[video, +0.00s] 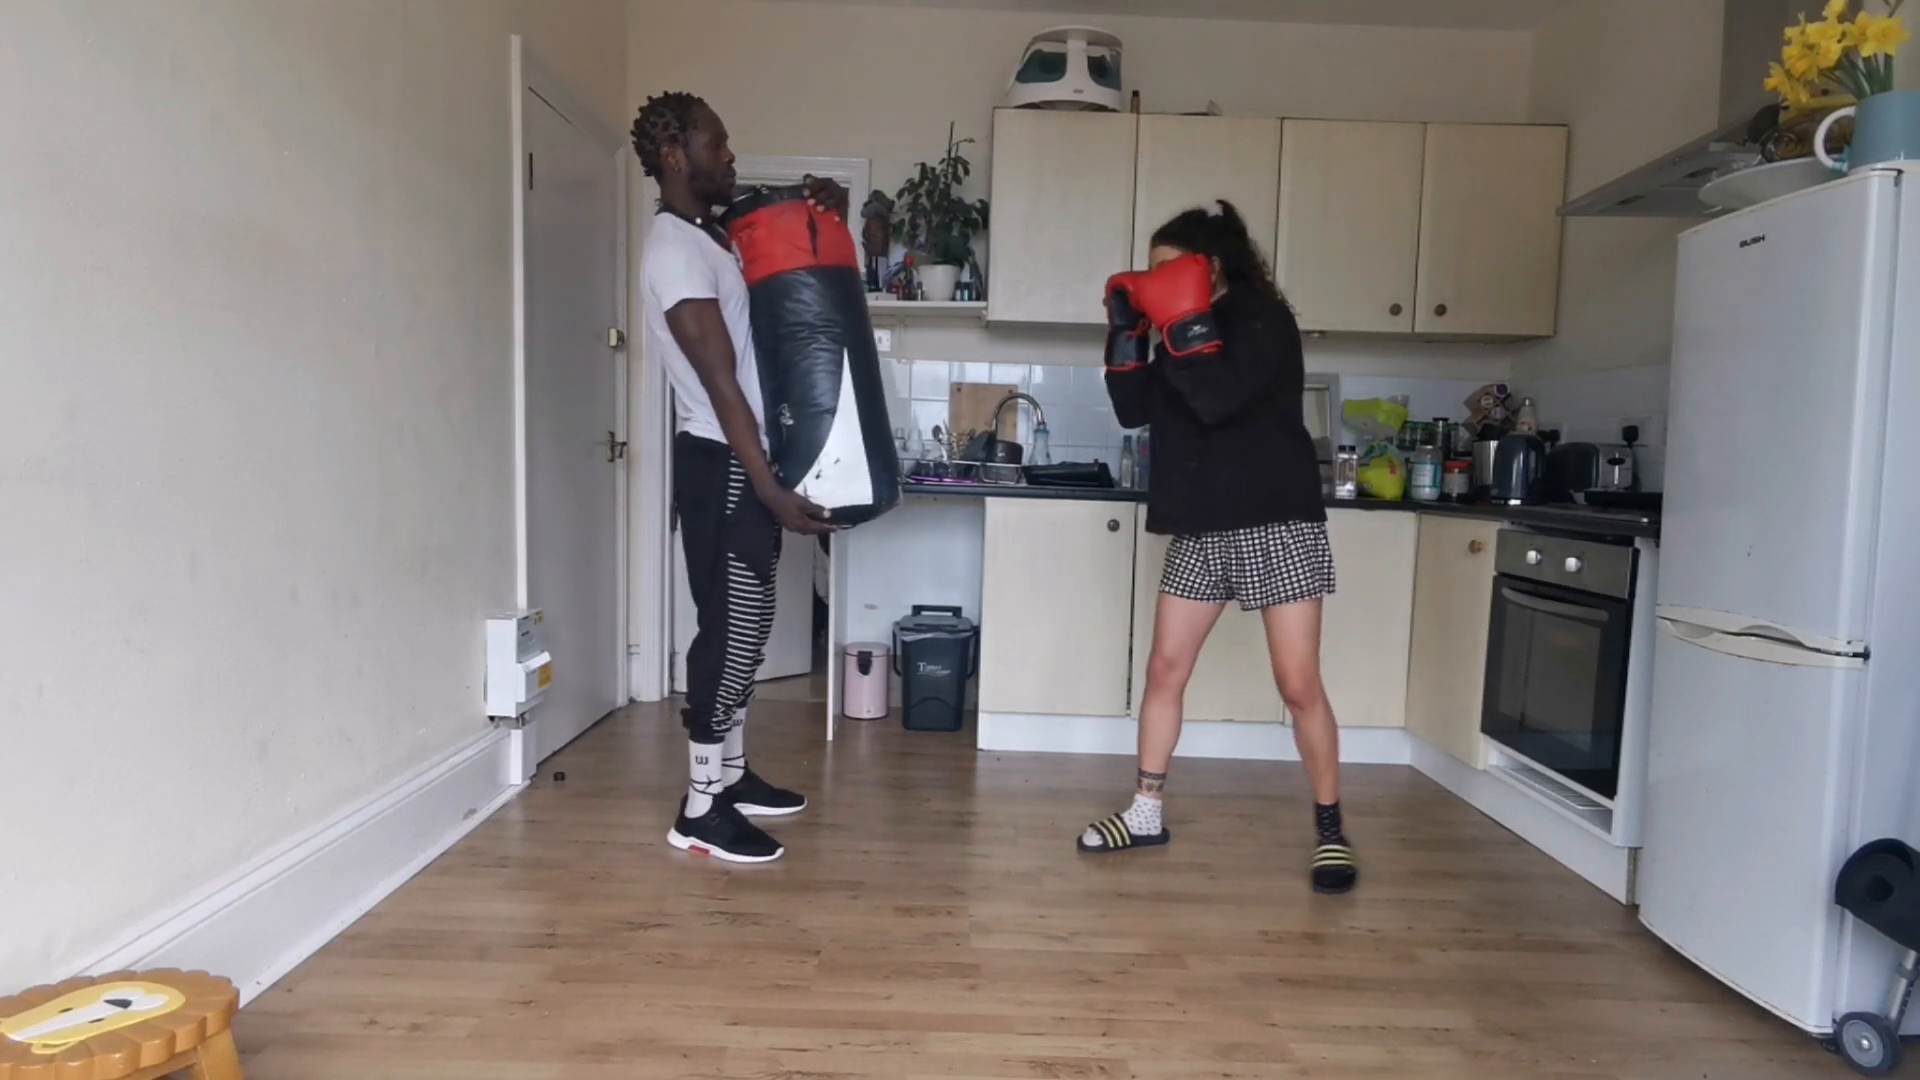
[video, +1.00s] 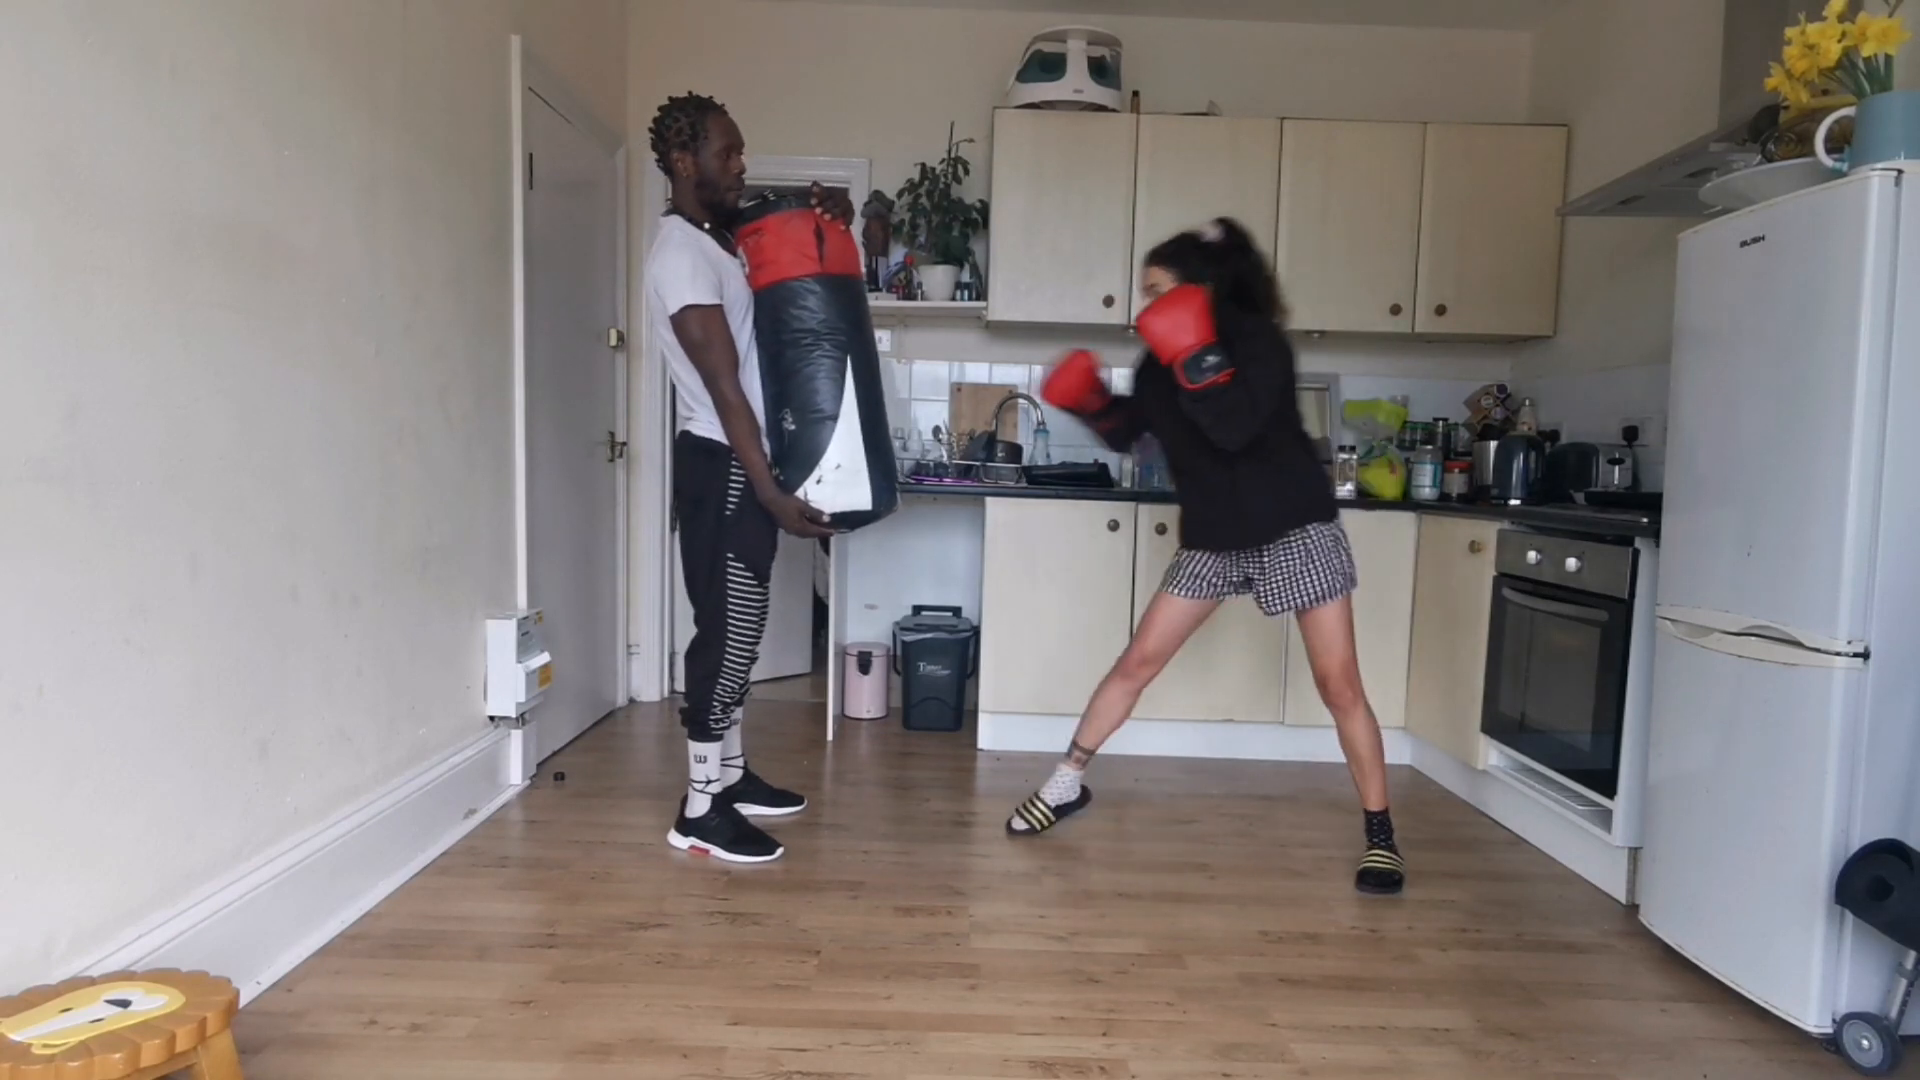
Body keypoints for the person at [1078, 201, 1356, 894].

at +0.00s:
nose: (1159, 283)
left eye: (1170, 270)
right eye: (1155, 273)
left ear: (1212, 264)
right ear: (1164, 275)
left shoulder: (1264, 318)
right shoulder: (1177, 328)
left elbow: (1217, 401)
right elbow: (1131, 408)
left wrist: (1183, 328)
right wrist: (1124, 329)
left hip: (1279, 519)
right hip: (1201, 521)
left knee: (1300, 686)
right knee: (1165, 668)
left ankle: (1329, 828)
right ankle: (1146, 810)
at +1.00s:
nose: (1148, 307)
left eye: (1159, 292)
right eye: (1146, 295)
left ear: (1200, 288)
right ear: (1158, 299)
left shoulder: (1260, 345)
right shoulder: (1162, 361)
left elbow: (1237, 429)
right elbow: (1130, 434)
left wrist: (1195, 354)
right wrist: (1090, 403)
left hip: (1297, 526)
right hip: (1214, 535)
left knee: (1341, 687)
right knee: (1137, 663)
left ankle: (1380, 834)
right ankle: (1065, 780)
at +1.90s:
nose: (1227, 298)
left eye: (1240, 286)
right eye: (1224, 287)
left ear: (1282, 289)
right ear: (1224, 292)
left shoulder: (1320, 349)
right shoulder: (1222, 349)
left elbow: (1281, 437)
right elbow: (1174, 424)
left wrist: (1256, 359)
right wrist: (1171, 354)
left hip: (1304, 532)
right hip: (1226, 528)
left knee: (1332, 690)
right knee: (1172, 662)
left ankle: (1374, 813)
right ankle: (1152, 793)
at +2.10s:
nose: (1210, 312)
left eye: (1222, 299)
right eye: (1207, 301)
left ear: (1264, 300)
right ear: (1214, 306)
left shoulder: (1307, 361)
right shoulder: (1224, 368)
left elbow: (1267, 443)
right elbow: (1185, 454)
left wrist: (1237, 371)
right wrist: (1153, 413)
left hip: (1293, 545)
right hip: (1219, 538)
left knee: (1310, 699)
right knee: (1128, 644)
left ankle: (1341, 807)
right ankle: (1111, 764)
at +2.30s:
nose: (1157, 300)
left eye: (1168, 288)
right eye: (1155, 289)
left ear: (1211, 290)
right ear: (1165, 295)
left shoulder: (1250, 348)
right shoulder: (1165, 353)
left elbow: (1220, 429)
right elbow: (1133, 429)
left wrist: (1189, 360)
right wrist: (1098, 405)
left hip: (1258, 530)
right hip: (1181, 530)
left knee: (1299, 682)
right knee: (1101, 653)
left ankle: (1340, 801)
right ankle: (1035, 771)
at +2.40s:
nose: (1120, 306)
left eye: (1133, 295)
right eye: (1119, 295)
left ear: (1174, 298)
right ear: (1123, 300)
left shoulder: (1214, 357)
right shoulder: (1107, 365)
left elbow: (1199, 430)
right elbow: (1022, 396)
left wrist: (1158, 362)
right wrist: (965, 361)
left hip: (1233, 536)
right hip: (1150, 541)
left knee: (1286, 686)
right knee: (1089, 662)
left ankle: (1327, 788)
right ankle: (1039, 781)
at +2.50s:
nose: (1111, 302)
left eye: (1123, 291)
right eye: (1108, 292)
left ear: (1164, 293)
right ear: (1112, 294)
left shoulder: (1206, 348)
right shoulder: (1100, 355)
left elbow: (1177, 431)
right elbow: (1022, 390)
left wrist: (1137, 362)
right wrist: (958, 369)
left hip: (1215, 533)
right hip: (1131, 536)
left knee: (1259, 684)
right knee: (1068, 653)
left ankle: (1290, 796)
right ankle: (1034, 775)